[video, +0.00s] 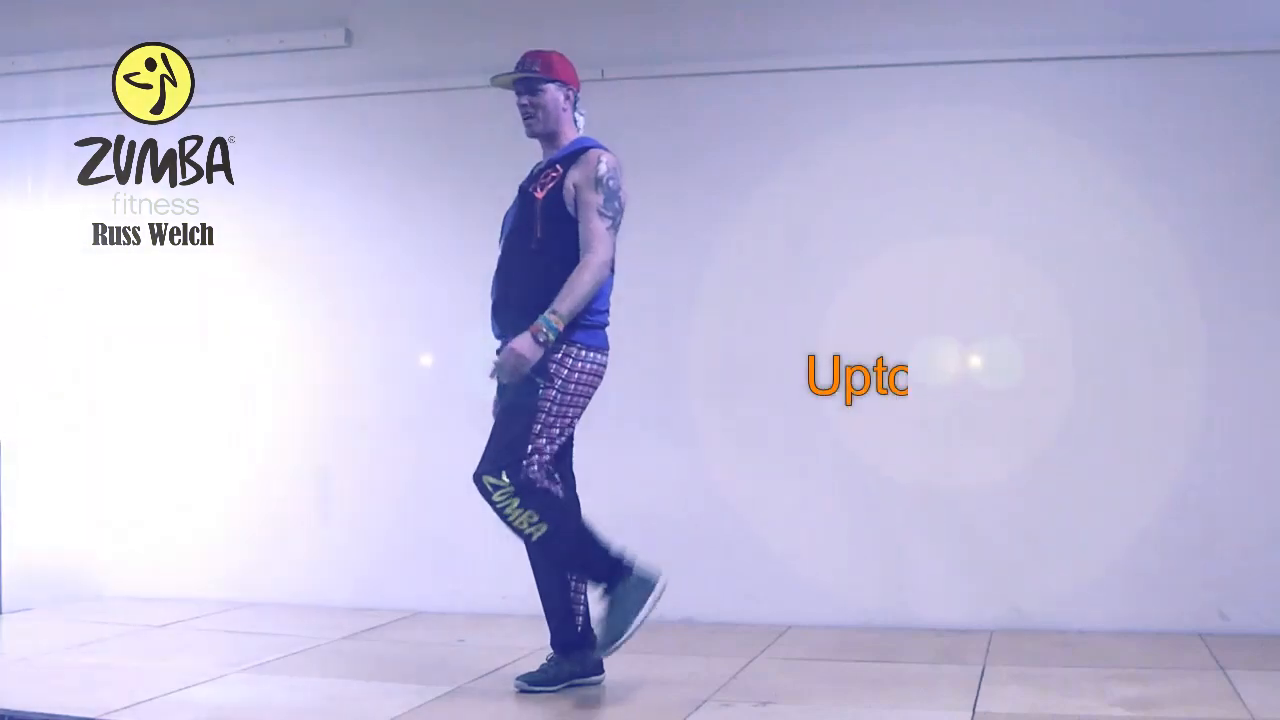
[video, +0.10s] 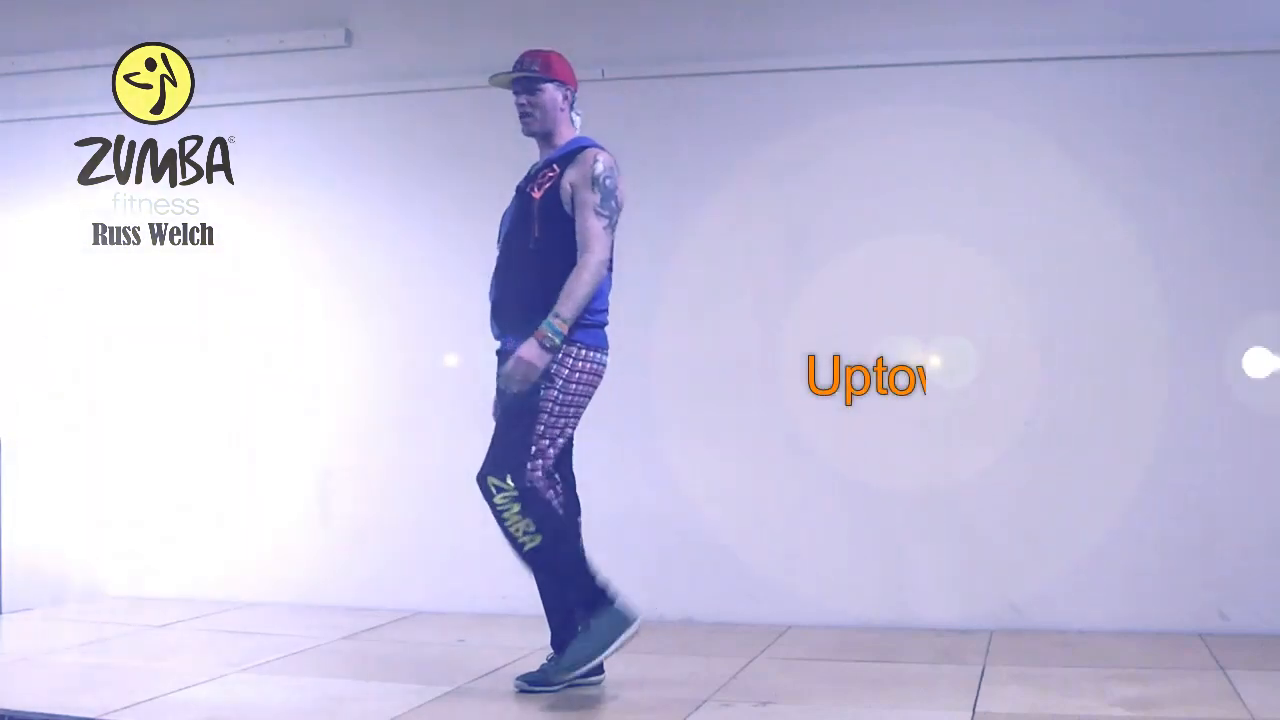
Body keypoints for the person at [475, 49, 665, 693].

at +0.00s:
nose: (523, 101)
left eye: (534, 90)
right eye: (518, 93)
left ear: (569, 94)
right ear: (522, 103)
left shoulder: (592, 164)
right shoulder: (541, 174)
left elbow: (598, 260)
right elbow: (532, 266)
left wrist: (540, 333)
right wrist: (512, 341)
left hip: (567, 351)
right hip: (536, 351)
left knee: (501, 477)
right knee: (546, 498)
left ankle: (619, 577)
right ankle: (574, 654)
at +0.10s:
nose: (522, 100)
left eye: (533, 89)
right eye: (517, 92)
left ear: (567, 95)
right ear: (519, 102)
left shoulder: (591, 163)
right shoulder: (539, 174)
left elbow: (595, 259)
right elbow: (530, 265)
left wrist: (544, 339)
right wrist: (510, 340)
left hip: (566, 350)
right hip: (529, 350)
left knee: (505, 477)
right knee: (547, 489)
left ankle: (593, 611)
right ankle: (572, 653)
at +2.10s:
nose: (487, 116)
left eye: (498, 106)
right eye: (481, 108)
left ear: (526, 114)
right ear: (476, 120)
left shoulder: (564, 182)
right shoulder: (478, 198)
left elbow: (610, 268)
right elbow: (475, 286)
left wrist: (589, 350)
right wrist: (445, 362)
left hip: (553, 372)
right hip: (492, 375)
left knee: (556, 506)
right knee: (504, 510)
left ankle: (576, 634)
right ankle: (527, 635)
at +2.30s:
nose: (492, 125)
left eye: (502, 115)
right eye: (485, 118)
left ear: (531, 122)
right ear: (482, 131)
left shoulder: (574, 184)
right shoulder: (487, 207)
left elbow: (617, 266)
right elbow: (495, 293)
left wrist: (558, 248)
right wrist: (448, 355)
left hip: (574, 373)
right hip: (506, 373)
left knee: (571, 504)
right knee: (484, 484)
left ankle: (575, 629)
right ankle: (510, 617)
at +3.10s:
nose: (521, 126)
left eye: (531, 115)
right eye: (511, 118)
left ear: (552, 122)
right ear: (501, 130)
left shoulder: (592, 184)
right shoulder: (501, 207)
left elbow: (667, 236)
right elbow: (490, 298)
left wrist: (649, 195)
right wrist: (458, 377)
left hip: (593, 372)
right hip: (526, 377)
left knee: (602, 504)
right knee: (520, 502)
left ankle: (620, 632)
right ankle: (519, 627)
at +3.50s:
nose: (543, 137)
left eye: (552, 125)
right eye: (532, 130)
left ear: (575, 128)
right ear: (523, 138)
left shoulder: (610, 200)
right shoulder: (524, 204)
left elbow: (629, 295)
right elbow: (518, 297)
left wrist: (657, 290)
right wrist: (505, 375)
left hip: (596, 375)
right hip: (535, 376)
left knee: (597, 502)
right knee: (508, 492)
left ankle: (621, 634)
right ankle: (561, 608)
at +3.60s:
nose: (540, 143)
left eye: (549, 131)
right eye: (530, 135)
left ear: (571, 133)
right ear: (521, 142)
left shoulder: (601, 205)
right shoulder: (517, 205)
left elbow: (620, 296)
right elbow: (511, 292)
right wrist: (498, 373)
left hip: (580, 382)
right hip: (520, 382)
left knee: (593, 512)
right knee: (482, 489)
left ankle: (620, 634)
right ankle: (511, 609)